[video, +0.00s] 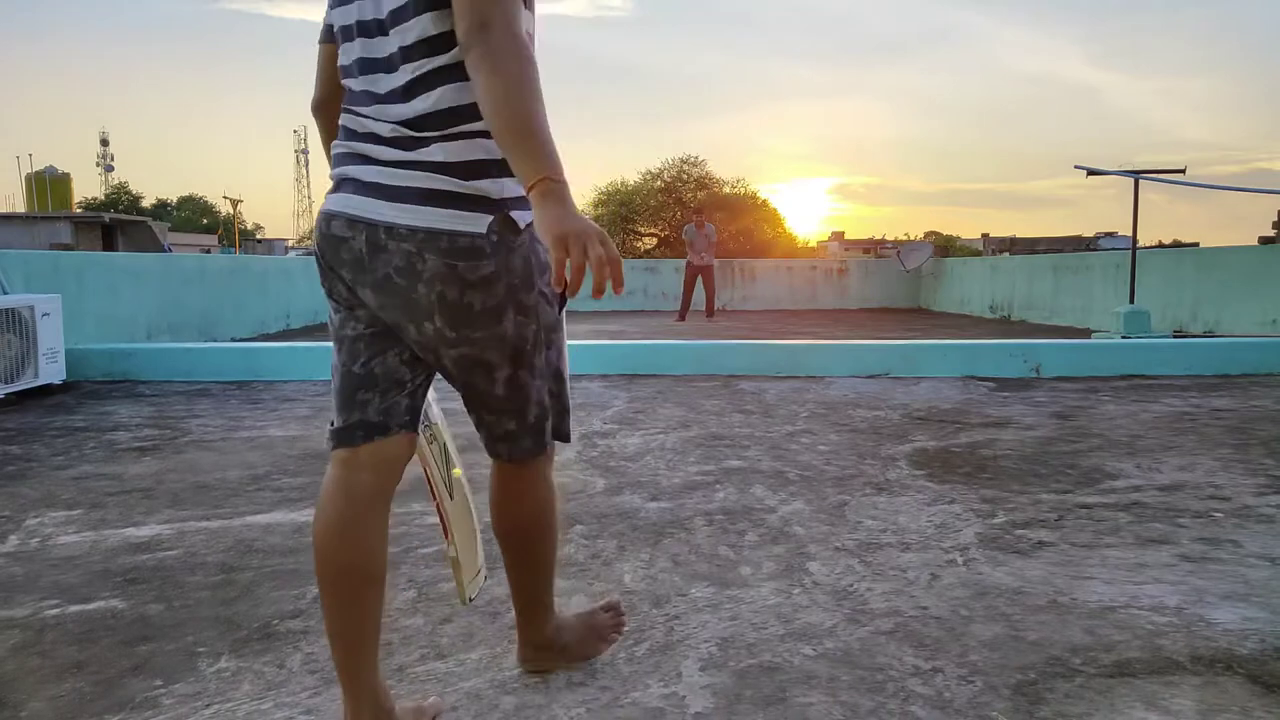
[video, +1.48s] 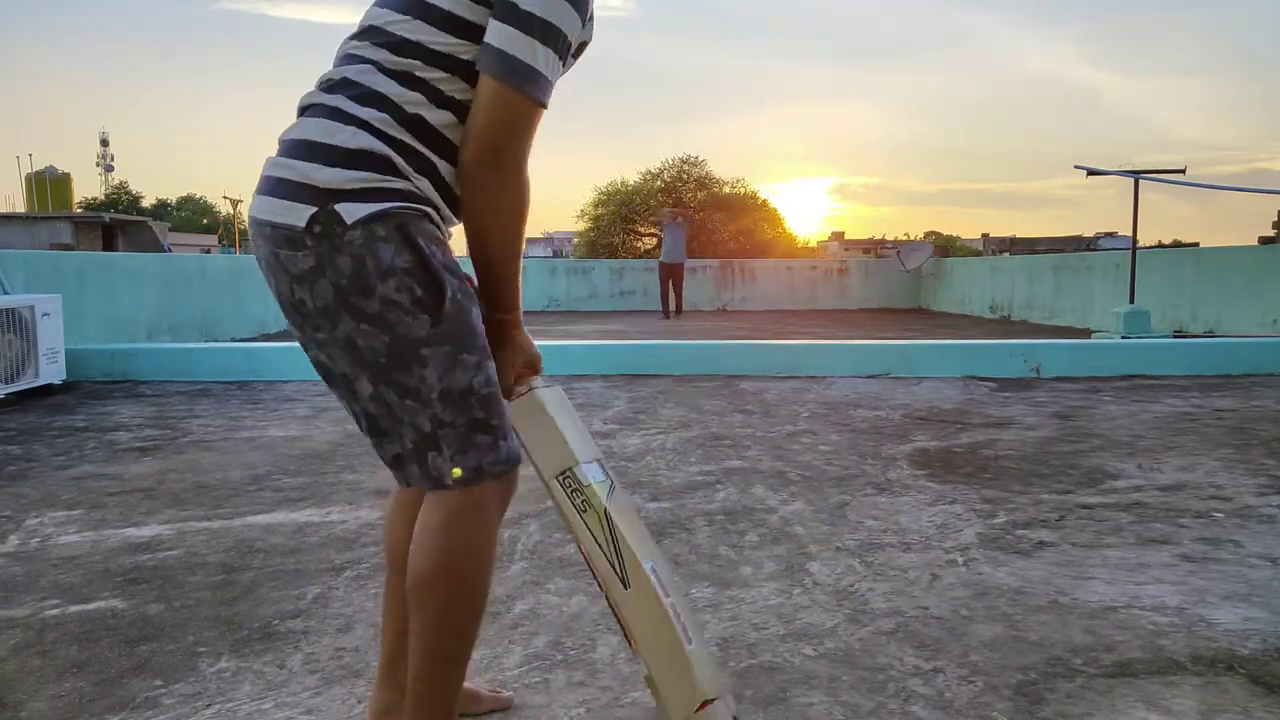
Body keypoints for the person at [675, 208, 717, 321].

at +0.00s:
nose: (699, 219)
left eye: (701, 217)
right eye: (696, 217)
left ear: (704, 217)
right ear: (693, 217)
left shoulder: (710, 229)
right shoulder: (688, 229)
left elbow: (712, 245)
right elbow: (687, 247)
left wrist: (707, 256)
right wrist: (695, 257)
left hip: (707, 264)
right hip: (692, 264)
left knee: (710, 291)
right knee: (687, 291)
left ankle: (710, 315)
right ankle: (681, 315)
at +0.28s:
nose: (700, 218)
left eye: (702, 215)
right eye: (696, 215)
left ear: (704, 216)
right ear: (691, 216)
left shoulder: (707, 229)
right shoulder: (687, 229)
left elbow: (711, 242)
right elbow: (685, 242)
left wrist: (709, 250)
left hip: (703, 263)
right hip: (688, 263)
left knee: (708, 290)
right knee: (683, 289)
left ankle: (710, 314)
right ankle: (678, 314)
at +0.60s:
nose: (688, 213)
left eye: (689, 210)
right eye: (685, 210)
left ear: (690, 211)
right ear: (680, 211)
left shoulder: (693, 224)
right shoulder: (675, 224)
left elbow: (700, 238)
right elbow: (672, 241)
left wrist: (694, 243)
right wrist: (687, 244)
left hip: (694, 260)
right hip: (680, 260)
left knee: (698, 287)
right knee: (679, 288)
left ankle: (698, 311)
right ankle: (678, 312)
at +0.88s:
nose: (682, 213)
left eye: (684, 210)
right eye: (680, 210)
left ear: (687, 211)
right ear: (675, 211)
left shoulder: (691, 223)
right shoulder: (671, 224)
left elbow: (701, 236)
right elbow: (662, 235)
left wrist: (691, 233)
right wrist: (674, 233)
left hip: (688, 258)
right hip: (675, 257)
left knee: (685, 285)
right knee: (678, 285)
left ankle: (682, 309)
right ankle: (677, 310)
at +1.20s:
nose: (681, 213)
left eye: (683, 211)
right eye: (679, 210)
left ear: (686, 212)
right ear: (675, 212)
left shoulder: (689, 224)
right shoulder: (670, 223)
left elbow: (701, 227)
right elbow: (653, 221)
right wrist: (668, 215)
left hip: (683, 258)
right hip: (670, 257)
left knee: (679, 287)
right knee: (669, 287)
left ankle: (678, 313)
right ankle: (669, 313)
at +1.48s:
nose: (674, 214)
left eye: (677, 211)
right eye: (673, 211)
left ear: (681, 212)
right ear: (669, 213)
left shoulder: (684, 223)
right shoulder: (666, 223)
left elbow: (684, 213)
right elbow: (653, 219)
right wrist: (667, 215)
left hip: (678, 259)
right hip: (665, 259)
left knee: (678, 288)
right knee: (664, 288)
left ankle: (678, 312)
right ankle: (665, 312)